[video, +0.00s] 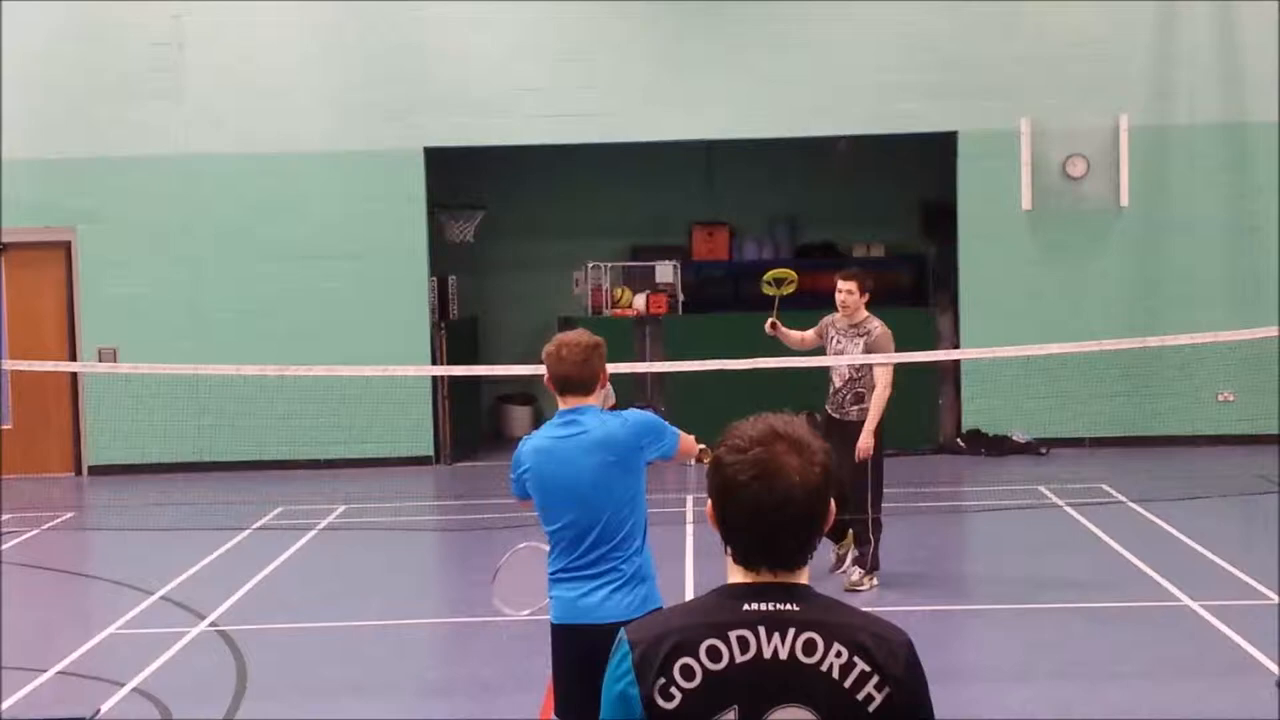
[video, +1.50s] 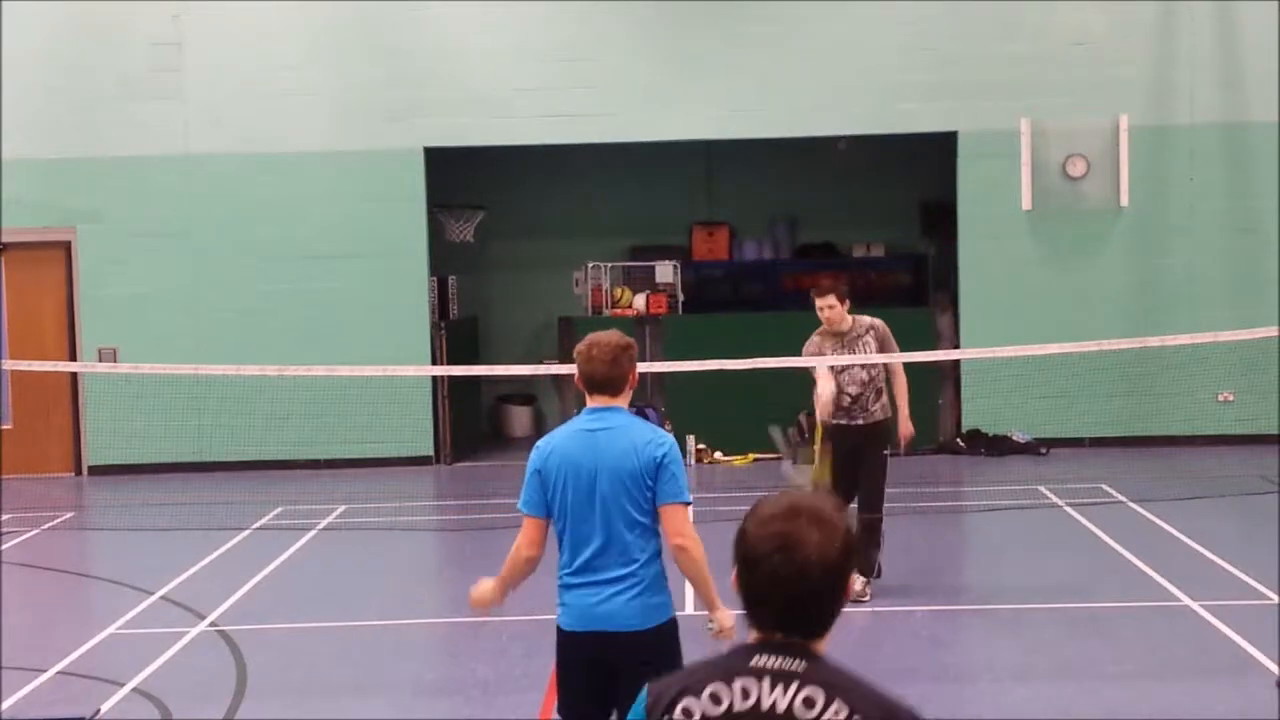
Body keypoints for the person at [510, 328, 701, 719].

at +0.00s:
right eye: (605, 369)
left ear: (549, 381)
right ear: (604, 376)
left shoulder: (530, 449)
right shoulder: (633, 426)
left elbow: (525, 497)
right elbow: (691, 448)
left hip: (571, 619)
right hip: (636, 614)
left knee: (574, 712)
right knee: (644, 711)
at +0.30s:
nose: (608, 376)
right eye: (606, 370)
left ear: (549, 381)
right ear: (604, 377)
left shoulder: (532, 447)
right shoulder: (632, 427)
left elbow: (526, 497)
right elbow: (695, 449)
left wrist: (586, 415)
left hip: (570, 619)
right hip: (635, 614)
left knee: (574, 712)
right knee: (645, 711)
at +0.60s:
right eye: (607, 368)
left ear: (551, 380)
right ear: (606, 376)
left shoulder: (533, 445)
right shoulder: (635, 426)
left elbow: (510, 495)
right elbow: (706, 450)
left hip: (569, 618)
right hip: (634, 613)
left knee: (573, 712)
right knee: (640, 710)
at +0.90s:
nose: (617, 370)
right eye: (616, 365)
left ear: (558, 378)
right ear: (614, 374)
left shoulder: (534, 445)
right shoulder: (644, 432)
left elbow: (460, 508)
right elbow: (713, 472)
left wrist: (432, 501)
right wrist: (699, 454)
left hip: (572, 618)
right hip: (637, 613)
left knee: (573, 712)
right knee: (646, 711)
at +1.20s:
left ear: (573, 378)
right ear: (628, 377)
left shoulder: (542, 447)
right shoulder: (653, 443)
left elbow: (503, 543)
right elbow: (706, 533)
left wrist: (468, 608)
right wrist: (749, 579)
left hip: (568, 623)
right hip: (635, 620)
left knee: (574, 712)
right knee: (637, 713)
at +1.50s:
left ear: (578, 379)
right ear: (633, 378)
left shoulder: (548, 449)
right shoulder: (656, 444)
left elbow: (529, 550)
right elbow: (679, 540)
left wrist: (498, 588)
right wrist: (714, 607)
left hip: (579, 632)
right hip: (647, 629)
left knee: (580, 712)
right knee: (661, 713)